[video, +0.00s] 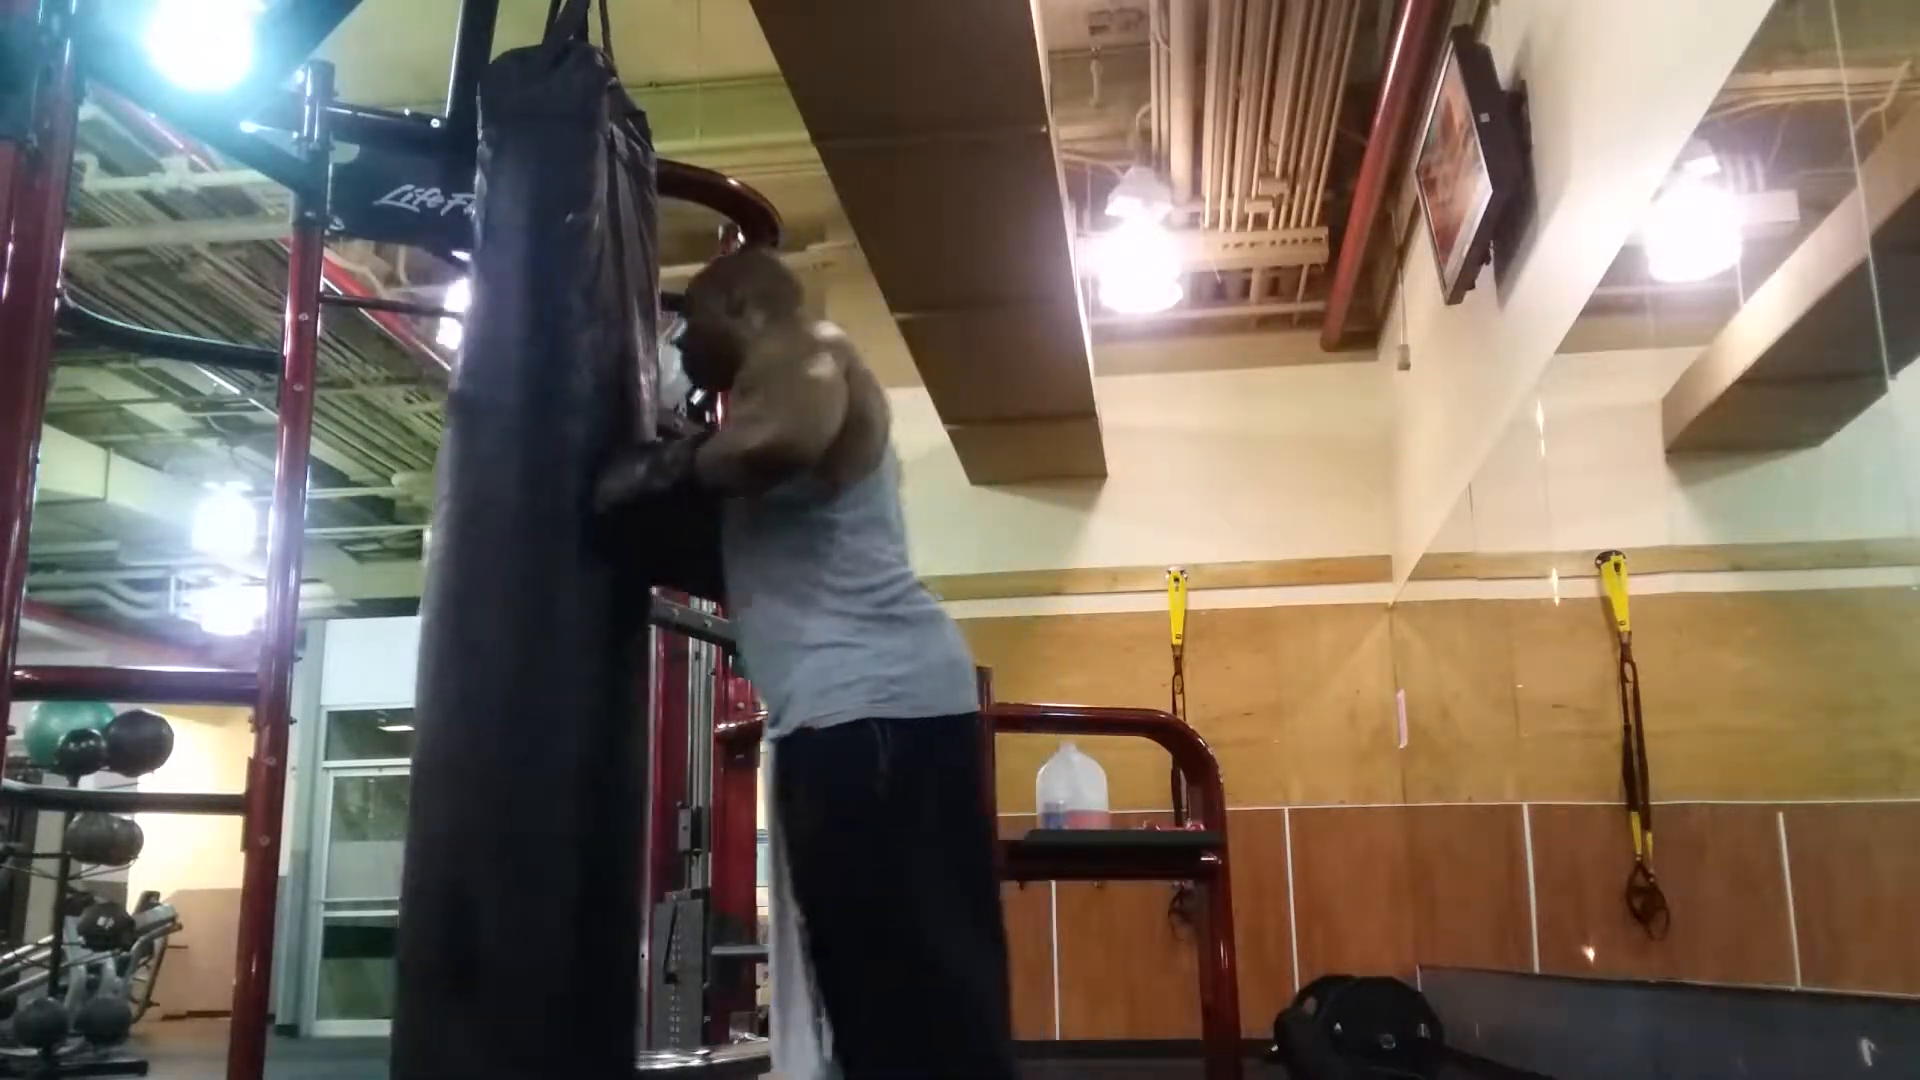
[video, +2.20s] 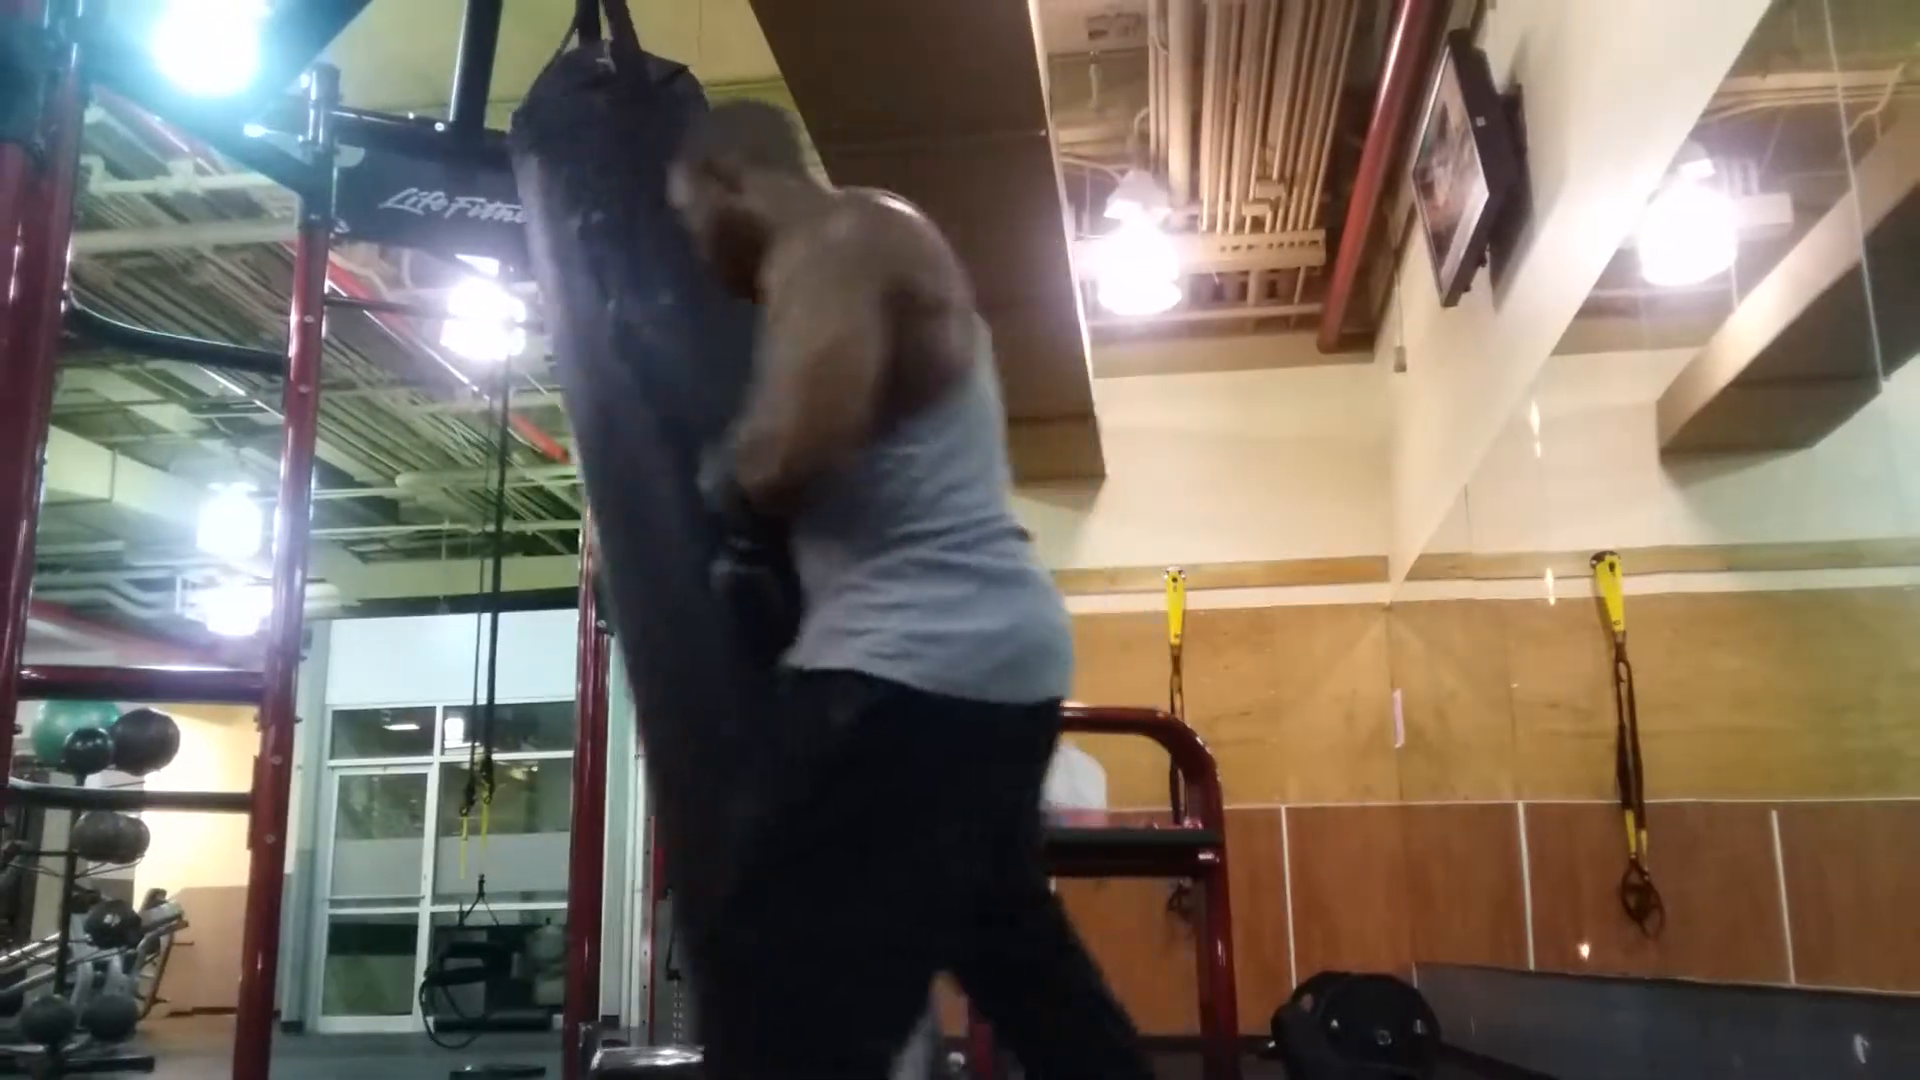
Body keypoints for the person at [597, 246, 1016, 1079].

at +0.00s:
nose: (684, 343)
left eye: (692, 316)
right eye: (681, 320)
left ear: (740, 306)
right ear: (764, 306)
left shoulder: (799, 350)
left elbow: (791, 430)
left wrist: (667, 468)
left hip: (869, 708)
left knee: (897, 1000)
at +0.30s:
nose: (725, 318)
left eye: (735, 294)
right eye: (724, 301)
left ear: (798, 290)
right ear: (806, 296)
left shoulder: (850, 350)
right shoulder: (831, 391)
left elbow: (801, 458)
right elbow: (806, 603)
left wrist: (653, 473)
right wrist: (667, 555)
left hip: (897, 705)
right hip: (866, 707)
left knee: (901, 986)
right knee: (873, 982)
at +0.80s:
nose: (781, 276)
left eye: (796, 255)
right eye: (784, 258)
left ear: (859, 259)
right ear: (862, 266)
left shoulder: (920, 333)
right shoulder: (863, 380)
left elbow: (877, 470)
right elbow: (902, 564)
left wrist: (786, 503)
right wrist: (814, 617)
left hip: (949, 689)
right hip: (905, 692)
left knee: (938, 994)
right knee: (920, 990)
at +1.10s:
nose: (816, 249)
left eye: (827, 223)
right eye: (819, 227)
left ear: (875, 214)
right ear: (908, 221)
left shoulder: (939, 300)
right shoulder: (981, 307)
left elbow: (881, 480)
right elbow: (998, 522)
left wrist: (827, 489)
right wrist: (890, 604)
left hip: (994, 691)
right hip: (1020, 687)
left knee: (982, 1019)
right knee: (1009, 1017)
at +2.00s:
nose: (813, 265)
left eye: (811, 235)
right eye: (803, 243)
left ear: (860, 201)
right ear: (894, 198)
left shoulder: (954, 269)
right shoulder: (1012, 270)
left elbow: (905, 473)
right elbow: (1083, 469)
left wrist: (839, 465)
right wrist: (895, 506)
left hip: (1002, 683)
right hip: (1069, 675)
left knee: (919, 994)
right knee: (1091, 979)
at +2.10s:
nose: (754, 251)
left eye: (751, 219)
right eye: (743, 228)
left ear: (801, 191)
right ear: (840, 190)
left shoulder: (905, 263)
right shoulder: (942, 260)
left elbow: (876, 463)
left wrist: (801, 480)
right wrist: (818, 457)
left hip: (960, 676)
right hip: (1021, 672)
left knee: (848, 1000)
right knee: (1066, 981)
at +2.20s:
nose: (691, 240)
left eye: (685, 211)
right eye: (682, 218)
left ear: (718, 181)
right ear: (781, 165)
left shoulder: (833, 238)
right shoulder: (895, 236)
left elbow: (798, 435)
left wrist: (726, 470)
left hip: (908, 663)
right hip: (997, 658)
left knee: (789, 977)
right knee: (1007, 940)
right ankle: (1109, 1072)